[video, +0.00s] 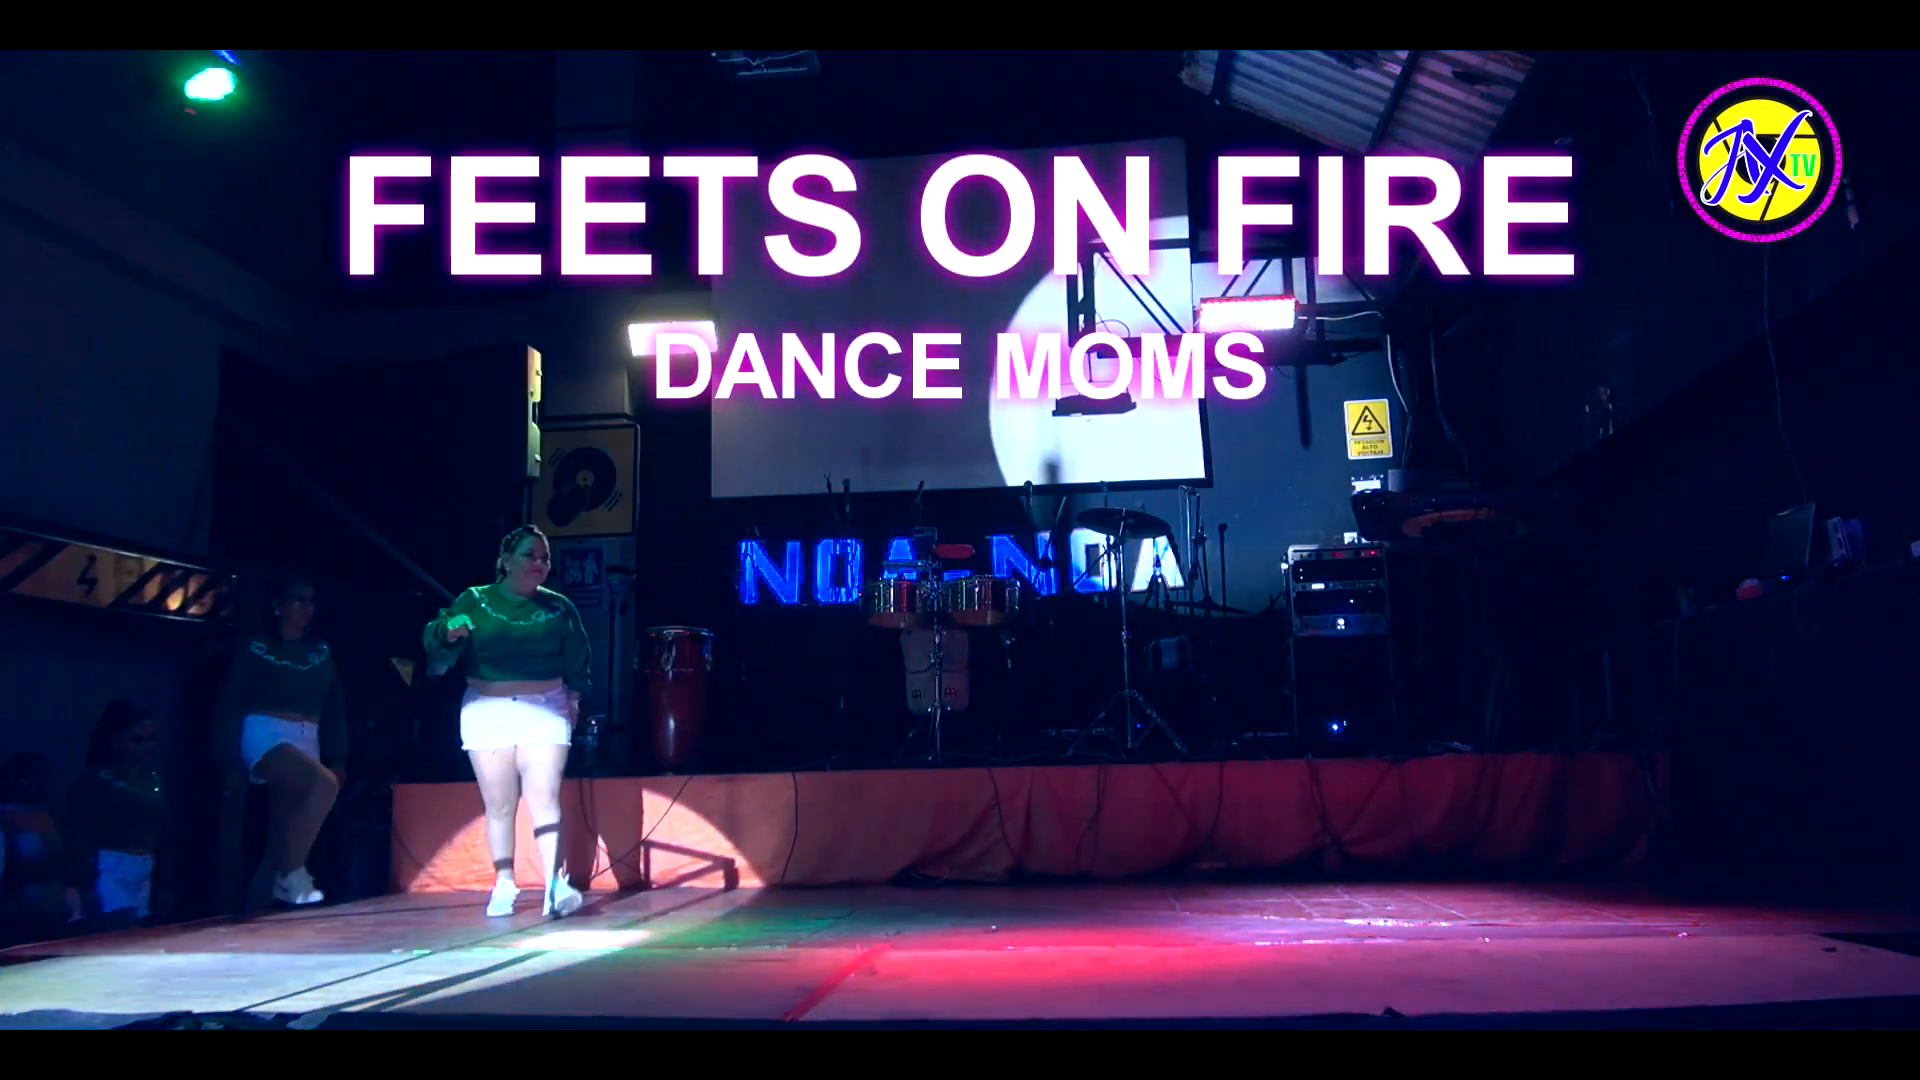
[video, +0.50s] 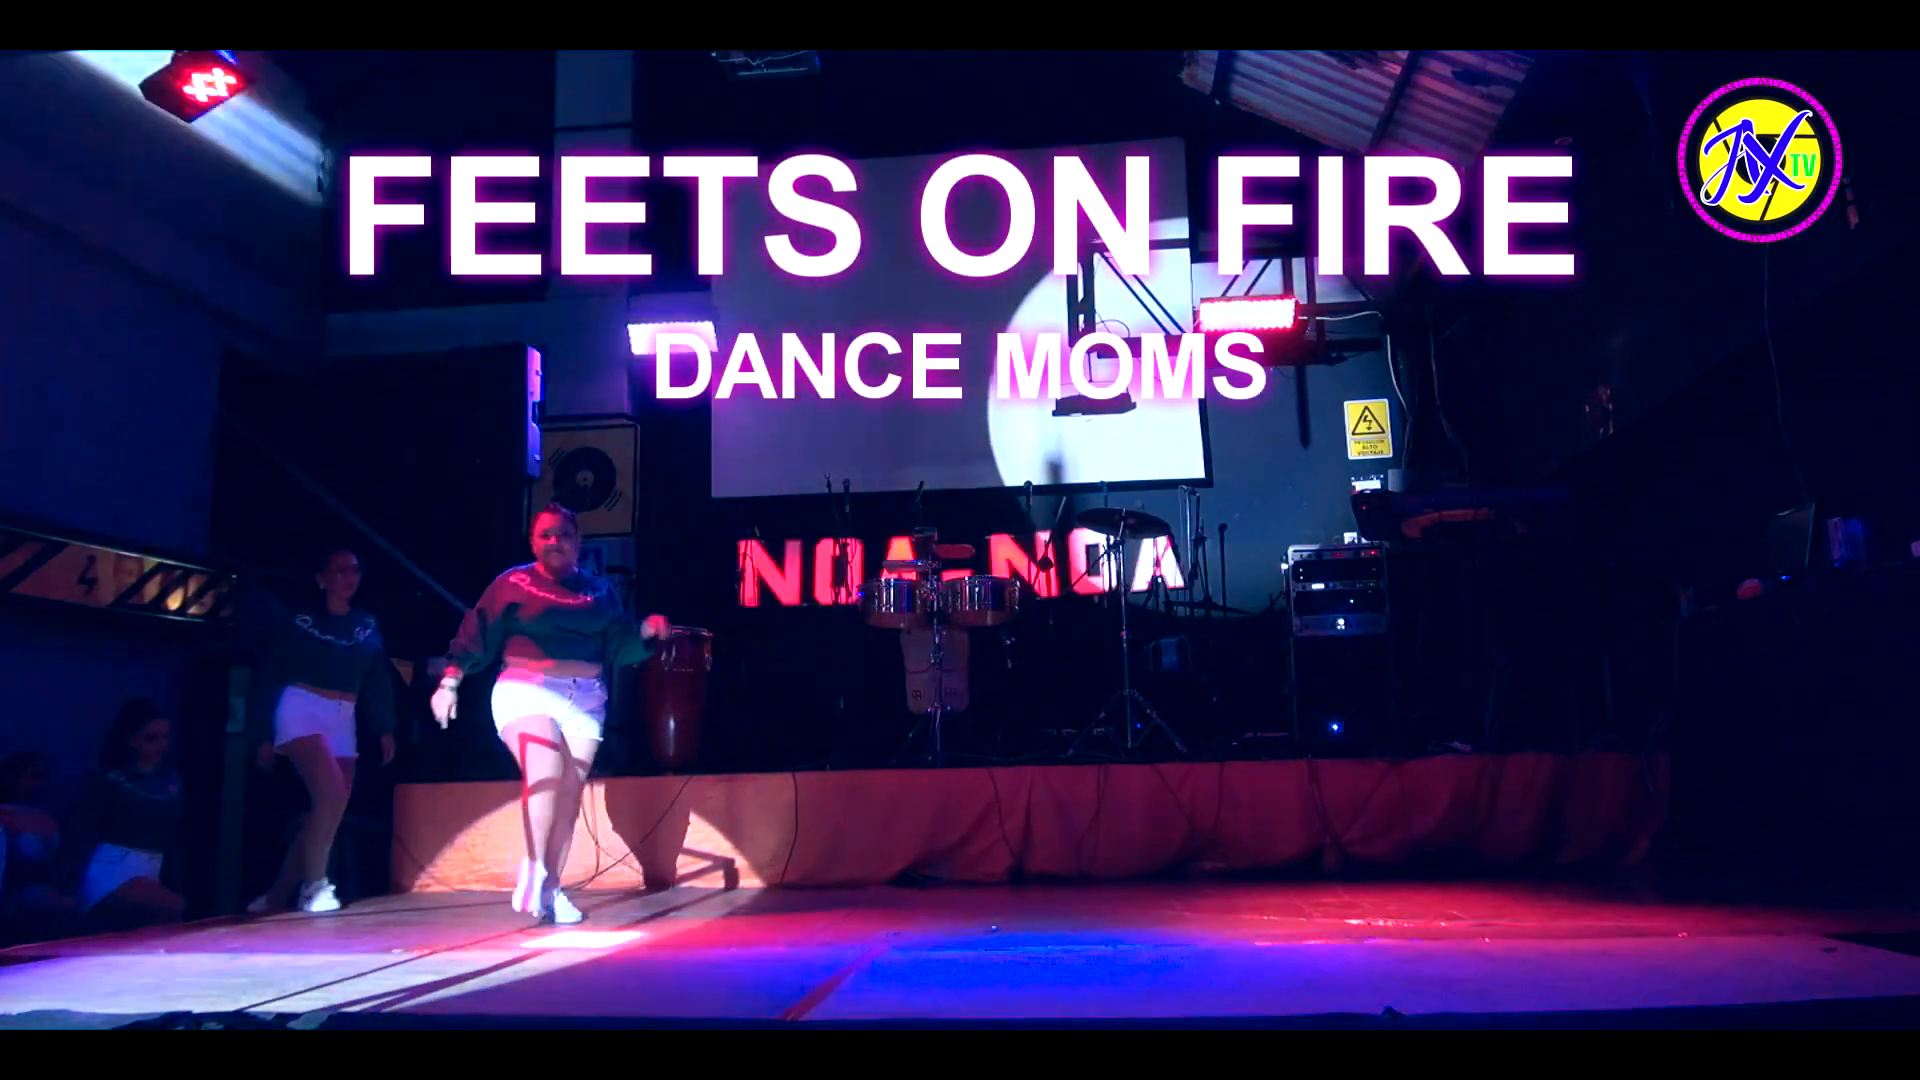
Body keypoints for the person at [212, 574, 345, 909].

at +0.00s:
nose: (305, 610)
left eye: (309, 603)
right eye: (298, 602)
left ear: (313, 610)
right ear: (280, 606)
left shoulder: (320, 653)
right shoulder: (257, 647)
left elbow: (333, 710)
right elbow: (235, 699)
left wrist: (335, 758)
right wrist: (229, 750)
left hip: (308, 734)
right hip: (265, 730)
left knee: (288, 817)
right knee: (323, 783)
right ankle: (293, 873)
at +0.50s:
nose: (348, 577)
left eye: (353, 571)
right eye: (340, 571)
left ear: (360, 577)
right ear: (322, 577)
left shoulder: (365, 625)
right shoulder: (298, 617)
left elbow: (379, 682)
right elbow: (272, 676)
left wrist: (385, 730)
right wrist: (266, 735)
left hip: (343, 716)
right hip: (300, 707)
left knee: (330, 808)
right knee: (332, 795)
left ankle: (276, 897)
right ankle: (315, 887)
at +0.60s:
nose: (358, 565)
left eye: (363, 559)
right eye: (349, 559)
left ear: (369, 568)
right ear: (331, 566)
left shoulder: (372, 614)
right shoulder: (307, 604)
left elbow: (384, 670)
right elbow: (282, 663)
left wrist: (392, 716)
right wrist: (276, 722)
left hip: (353, 704)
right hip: (309, 695)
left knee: (359, 799)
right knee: (329, 789)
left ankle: (283, 867)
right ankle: (314, 886)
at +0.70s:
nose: (370, 558)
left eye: (374, 552)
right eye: (362, 552)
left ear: (379, 560)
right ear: (342, 558)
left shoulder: (380, 606)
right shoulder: (318, 598)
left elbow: (389, 665)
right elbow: (295, 657)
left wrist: (394, 711)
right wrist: (292, 713)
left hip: (364, 694)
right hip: (322, 688)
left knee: (378, 787)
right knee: (329, 789)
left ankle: (308, 841)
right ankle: (315, 885)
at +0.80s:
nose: (381, 552)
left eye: (385, 546)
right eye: (373, 545)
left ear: (391, 554)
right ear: (353, 551)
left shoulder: (388, 597)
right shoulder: (331, 591)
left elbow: (394, 655)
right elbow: (310, 646)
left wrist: (395, 702)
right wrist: (313, 701)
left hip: (375, 685)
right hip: (334, 681)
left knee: (398, 774)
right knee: (329, 787)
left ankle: (346, 853)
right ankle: (314, 884)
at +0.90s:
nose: (397, 550)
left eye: (400, 544)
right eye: (388, 543)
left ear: (403, 554)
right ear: (366, 551)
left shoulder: (401, 598)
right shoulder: (349, 592)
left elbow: (403, 655)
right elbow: (325, 648)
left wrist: (401, 699)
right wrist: (343, 694)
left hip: (387, 689)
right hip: (344, 686)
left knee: (416, 773)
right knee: (328, 789)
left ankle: (384, 873)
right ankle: (315, 885)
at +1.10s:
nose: (432, 553)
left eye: (433, 548)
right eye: (423, 548)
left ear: (431, 558)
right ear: (399, 557)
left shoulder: (432, 601)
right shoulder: (381, 596)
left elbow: (457, 642)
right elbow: (361, 655)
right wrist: (381, 694)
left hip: (424, 696)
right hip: (380, 696)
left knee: (442, 786)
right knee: (379, 794)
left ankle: (406, 886)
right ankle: (326, 877)